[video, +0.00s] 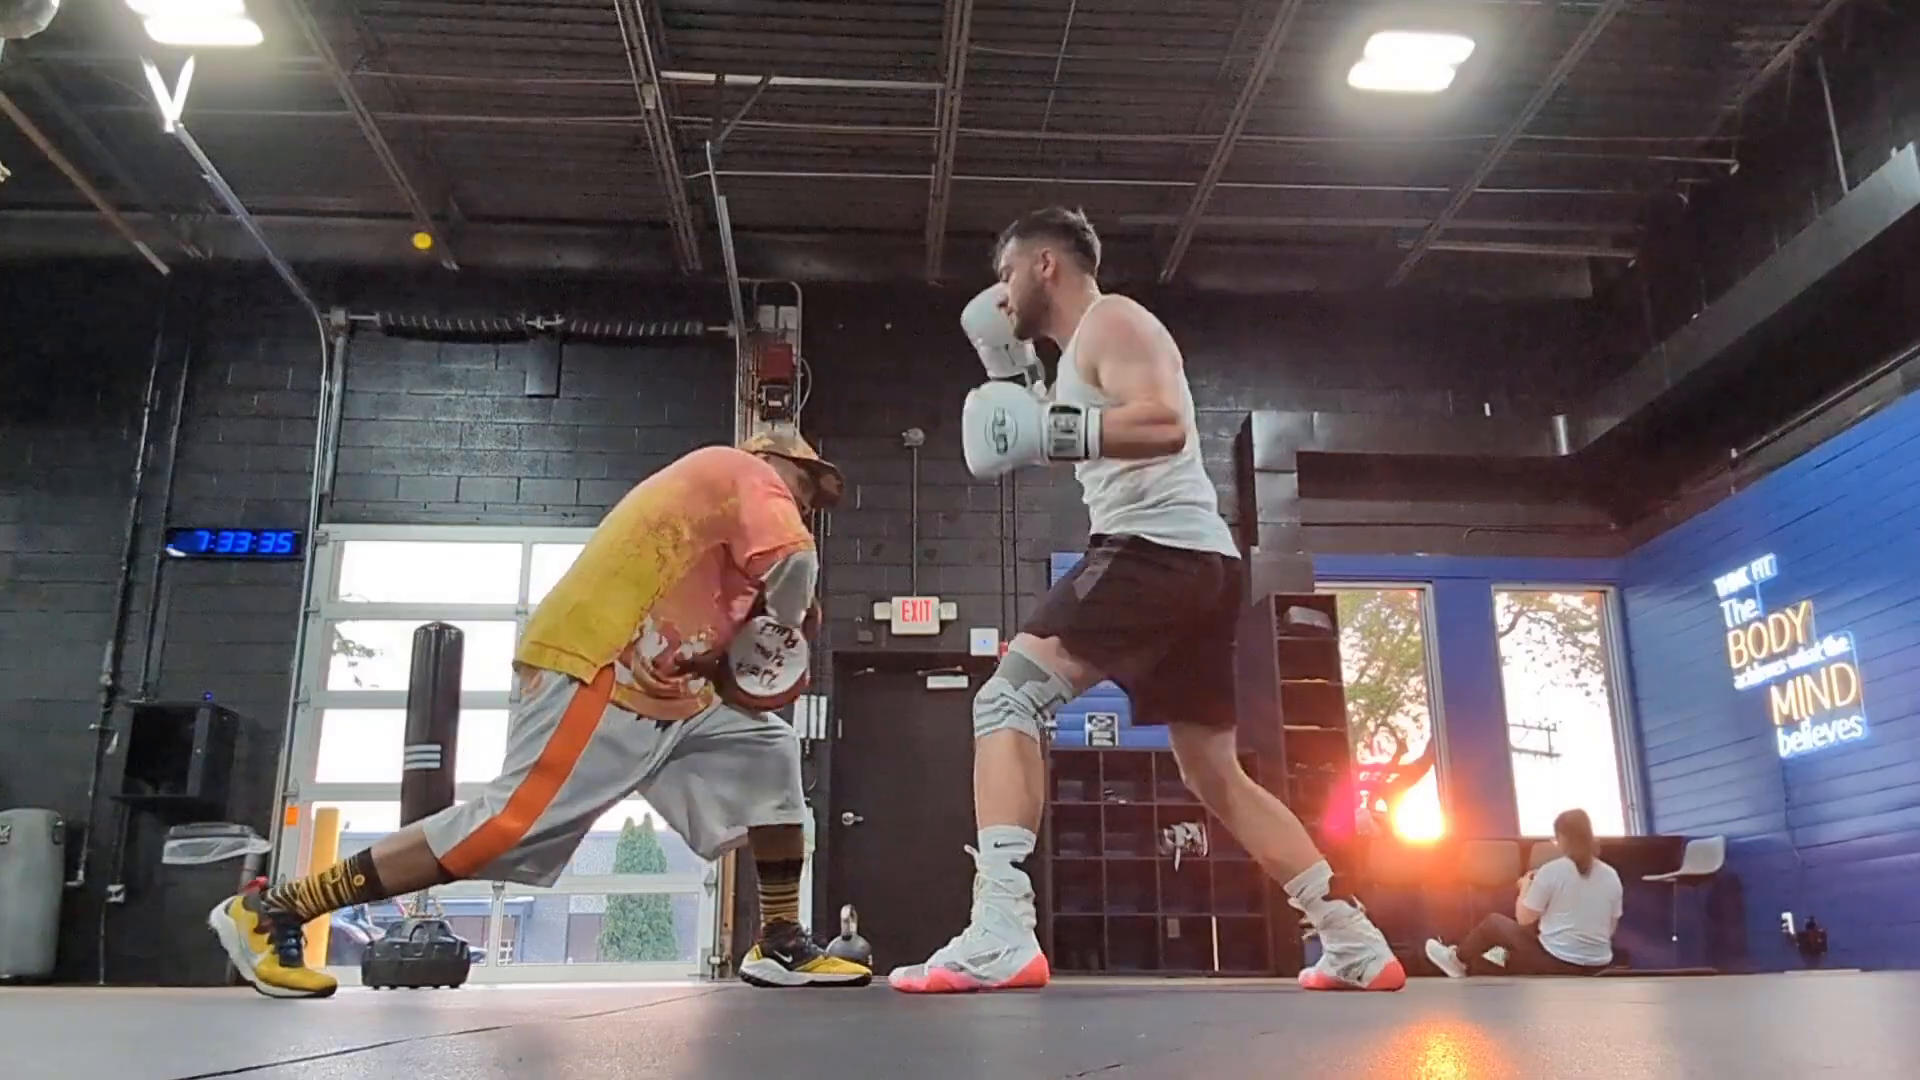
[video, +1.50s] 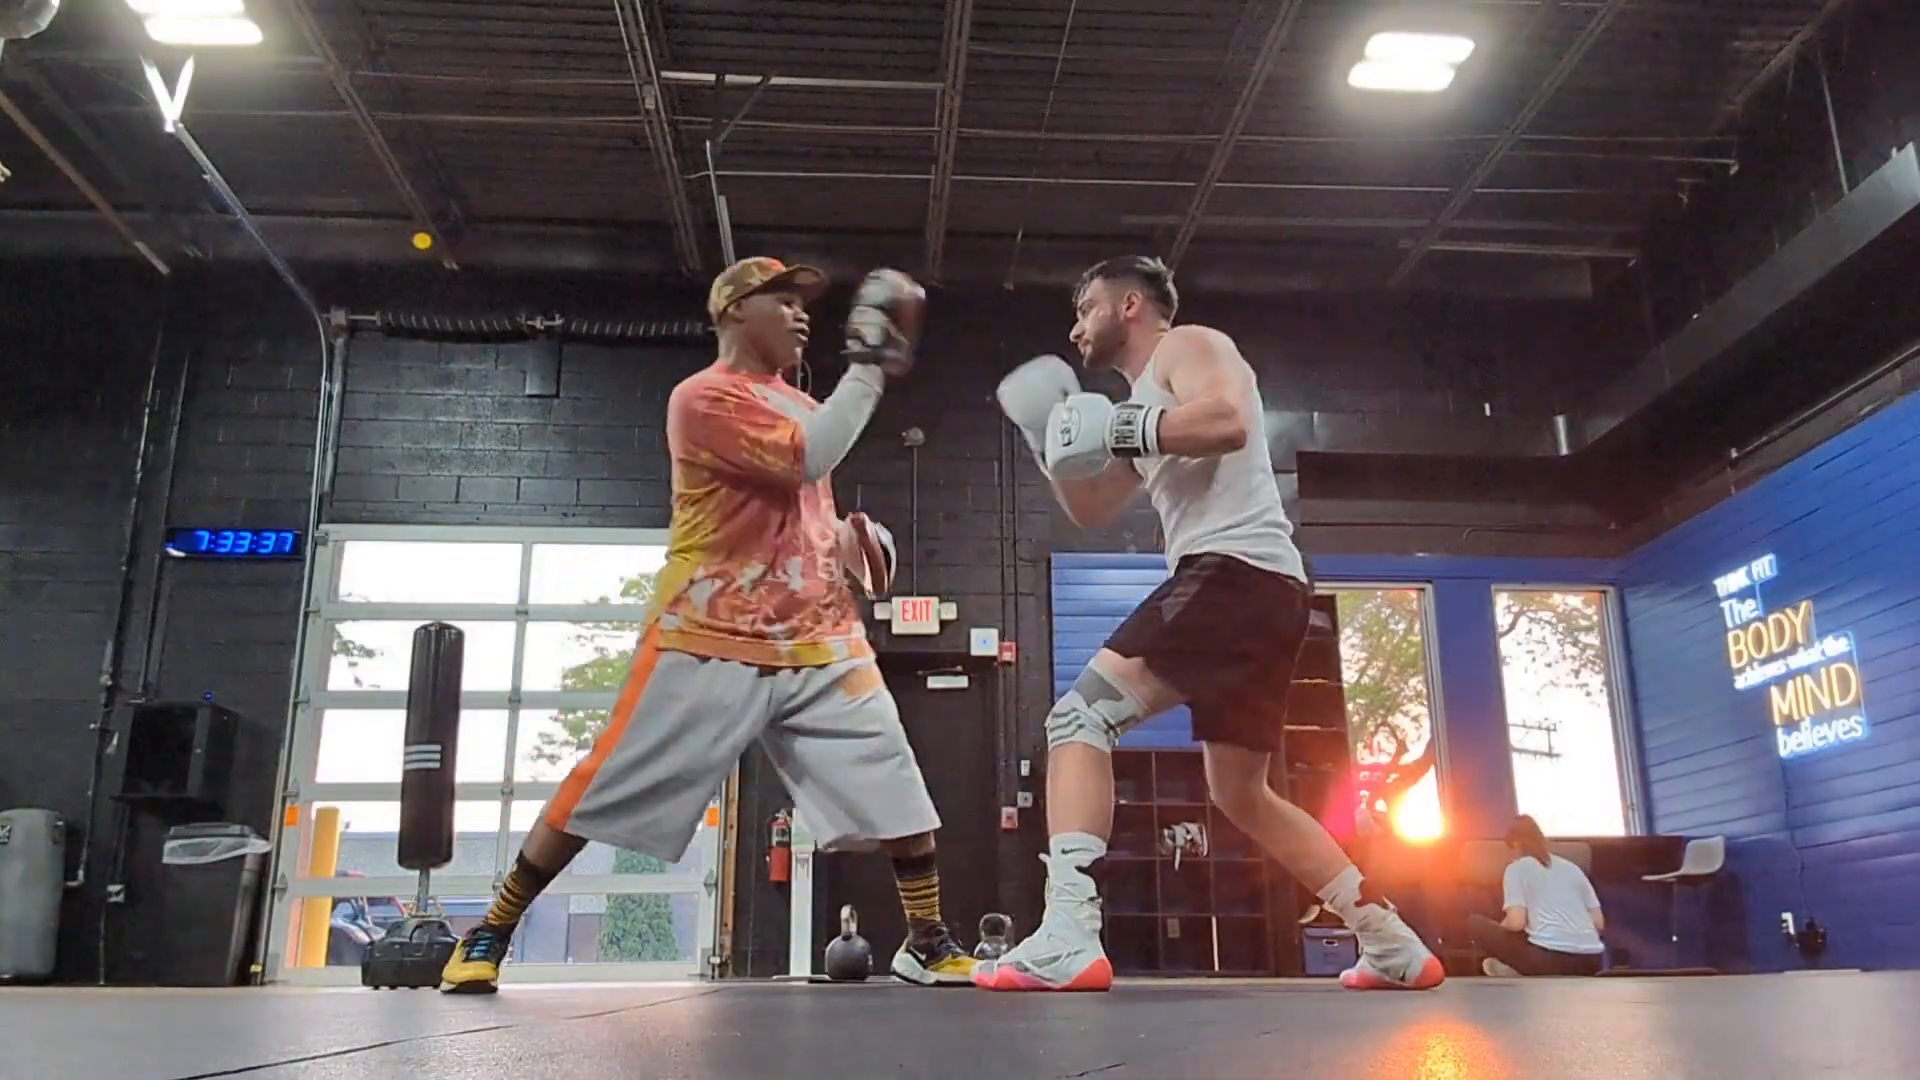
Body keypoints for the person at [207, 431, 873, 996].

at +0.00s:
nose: (803, 517)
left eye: (809, 506)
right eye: (803, 499)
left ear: (771, 469)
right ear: (779, 462)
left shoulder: (731, 519)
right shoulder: (747, 470)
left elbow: (721, 646)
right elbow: (795, 575)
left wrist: (717, 675)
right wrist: (765, 652)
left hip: (660, 687)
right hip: (595, 666)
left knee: (771, 748)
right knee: (505, 826)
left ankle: (780, 940)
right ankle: (276, 912)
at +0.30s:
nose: (834, 407)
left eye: (840, 397)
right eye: (827, 386)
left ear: (808, 392)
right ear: (790, 366)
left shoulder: (781, 479)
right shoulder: (737, 381)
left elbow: (762, 600)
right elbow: (762, 378)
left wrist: (839, 538)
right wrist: (840, 436)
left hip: (723, 631)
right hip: (643, 603)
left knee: (792, 744)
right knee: (575, 763)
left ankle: (783, 937)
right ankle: (392, 910)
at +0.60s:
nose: (703, 320)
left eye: (707, 312)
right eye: (683, 305)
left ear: (708, 328)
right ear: (634, 317)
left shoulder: (737, 415)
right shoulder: (582, 407)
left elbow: (821, 487)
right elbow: (586, 509)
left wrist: (922, 462)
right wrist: (676, 449)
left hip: (732, 621)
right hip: (616, 619)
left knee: (817, 741)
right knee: (542, 766)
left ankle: (827, 924)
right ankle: (435, 932)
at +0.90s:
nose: (805, 319)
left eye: (817, 306)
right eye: (788, 302)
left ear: (834, 319)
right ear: (755, 315)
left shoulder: (850, 421)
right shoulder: (709, 381)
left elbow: (883, 539)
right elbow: (715, 453)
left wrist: (967, 588)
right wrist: (803, 359)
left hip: (825, 616)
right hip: (713, 608)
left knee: (893, 758)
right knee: (595, 756)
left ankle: (921, 944)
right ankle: (465, 920)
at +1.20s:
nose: (872, 285)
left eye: (880, 278)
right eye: (855, 271)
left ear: (883, 296)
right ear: (810, 283)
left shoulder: (915, 366)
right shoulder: (755, 372)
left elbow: (1008, 379)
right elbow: (719, 476)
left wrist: (1011, 359)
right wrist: (787, 407)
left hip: (865, 606)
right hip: (757, 590)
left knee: (899, 755)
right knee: (671, 734)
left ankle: (925, 935)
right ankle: (576, 909)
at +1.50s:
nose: (801, 313)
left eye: (800, 304)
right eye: (783, 301)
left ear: (784, 323)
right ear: (733, 314)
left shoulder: (807, 409)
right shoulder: (701, 398)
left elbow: (807, 523)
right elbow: (804, 456)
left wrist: (849, 537)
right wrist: (869, 363)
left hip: (819, 627)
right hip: (709, 628)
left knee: (890, 763)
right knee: (608, 778)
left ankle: (929, 938)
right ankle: (492, 933)